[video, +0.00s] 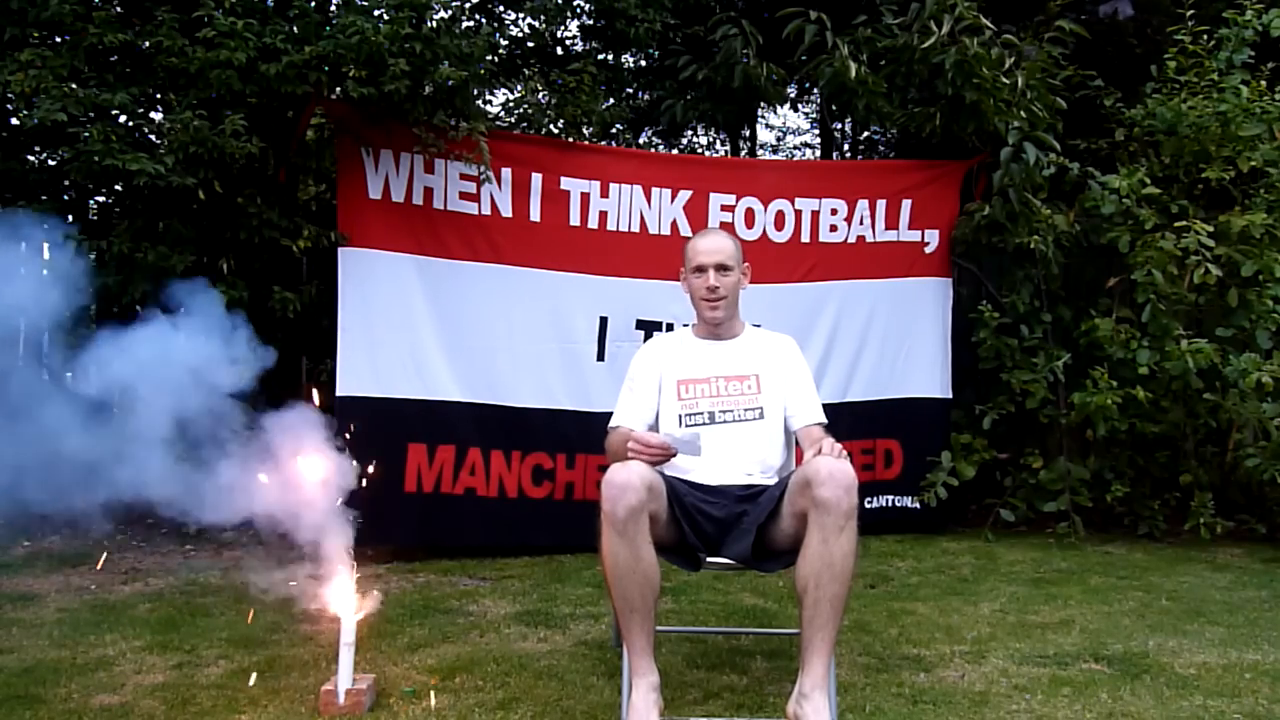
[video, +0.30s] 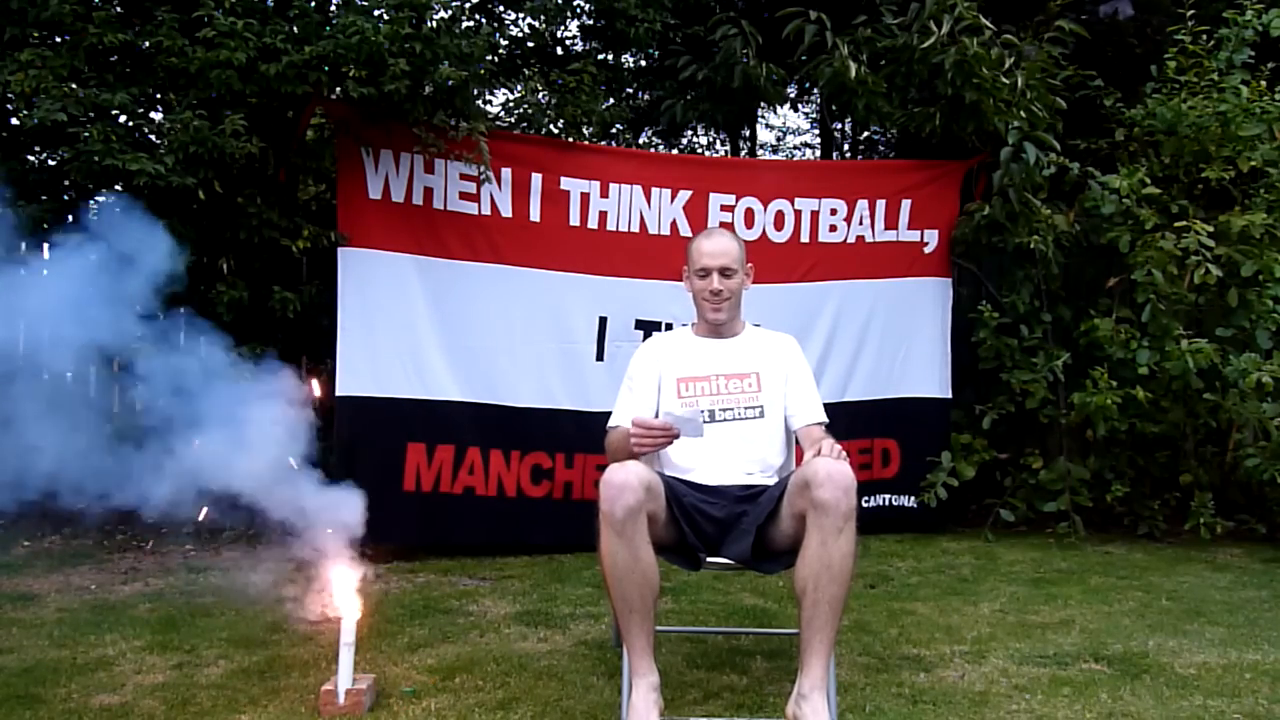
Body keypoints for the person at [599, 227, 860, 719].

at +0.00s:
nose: (711, 283)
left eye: (723, 270)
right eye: (699, 272)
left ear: (744, 276)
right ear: (684, 281)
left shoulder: (780, 350)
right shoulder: (657, 353)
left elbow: (811, 437)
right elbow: (614, 442)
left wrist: (825, 449)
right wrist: (634, 443)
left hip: (768, 502)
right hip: (680, 502)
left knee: (836, 477)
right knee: (620, 483)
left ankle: (813, 690)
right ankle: (642, 681)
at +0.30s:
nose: (715, 285)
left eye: (727, 273)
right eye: (703, 273)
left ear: (746, 277)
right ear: (686, 281)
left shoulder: (781, 349)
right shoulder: (656, 351)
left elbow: (812, 435)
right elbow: (613, 447)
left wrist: (824, 447)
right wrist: (634, 439)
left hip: (767, 504)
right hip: (678, 502)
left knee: (834, 478)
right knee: (618, 484)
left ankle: (811, 691)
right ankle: (642, 681)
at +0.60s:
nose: (716, 286)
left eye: (727, 274)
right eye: (703, 274)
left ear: (746, 278)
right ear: (687, 281)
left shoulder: (781, 349)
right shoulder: (655, 352)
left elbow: (811, 436)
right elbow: (614, 450)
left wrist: (823, 448)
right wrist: (635, 437)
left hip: (767, 504)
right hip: (678, 502)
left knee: (834, 478)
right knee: (617, 484)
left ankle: (811, 691)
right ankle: (642, 681)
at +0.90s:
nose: (720, 282)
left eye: (731, 270)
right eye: (707, 271)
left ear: (749, 278)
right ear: (689, 279)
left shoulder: (782, 349)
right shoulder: (658, 351)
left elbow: (812, 436)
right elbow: (618, 440)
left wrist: (824, 448)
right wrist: (625, 442)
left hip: (768, 505)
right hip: (679, 503)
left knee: (835, 478)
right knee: (619, 483)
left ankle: (811, 691)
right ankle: (642, 682)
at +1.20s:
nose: (726, 279)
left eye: (738, 268)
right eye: (714, 268)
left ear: (753, 277)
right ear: (694, 276)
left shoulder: (785, 348)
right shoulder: (660, 349)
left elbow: (815, 434)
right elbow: (624, 434)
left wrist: (825, 450)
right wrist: (623, 446)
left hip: (767, 502)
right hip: (679, 500)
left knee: (835, 501)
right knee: (619, 492)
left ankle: (802, 700)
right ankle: (644, 686)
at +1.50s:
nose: (725, 280)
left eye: (737, 269)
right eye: (713, 269)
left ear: (753, 277)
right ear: (693, 277)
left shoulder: (785, 348)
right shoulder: (660, 349)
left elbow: (814, 433)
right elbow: (623, 434)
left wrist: (824, 448)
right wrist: (623, 446)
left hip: (767, 502)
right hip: (680, 499)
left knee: (835, 494)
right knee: (619, 492)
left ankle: (806, 697)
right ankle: (645, 687)